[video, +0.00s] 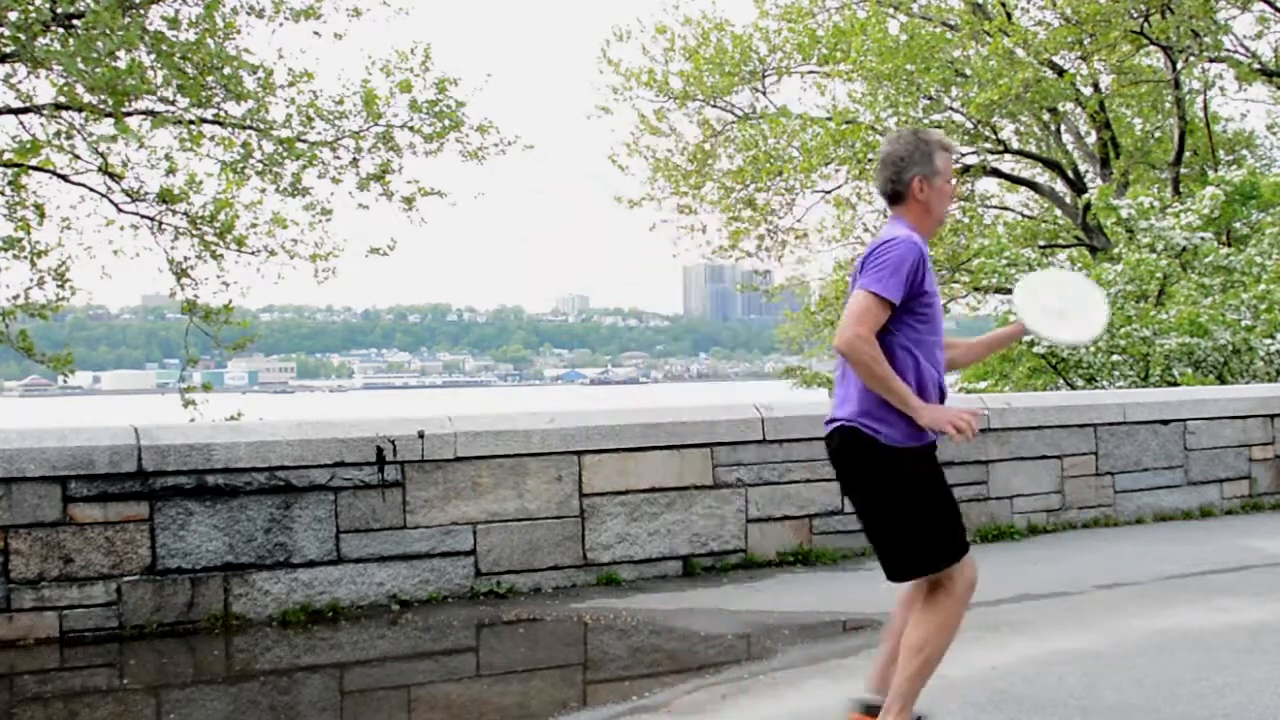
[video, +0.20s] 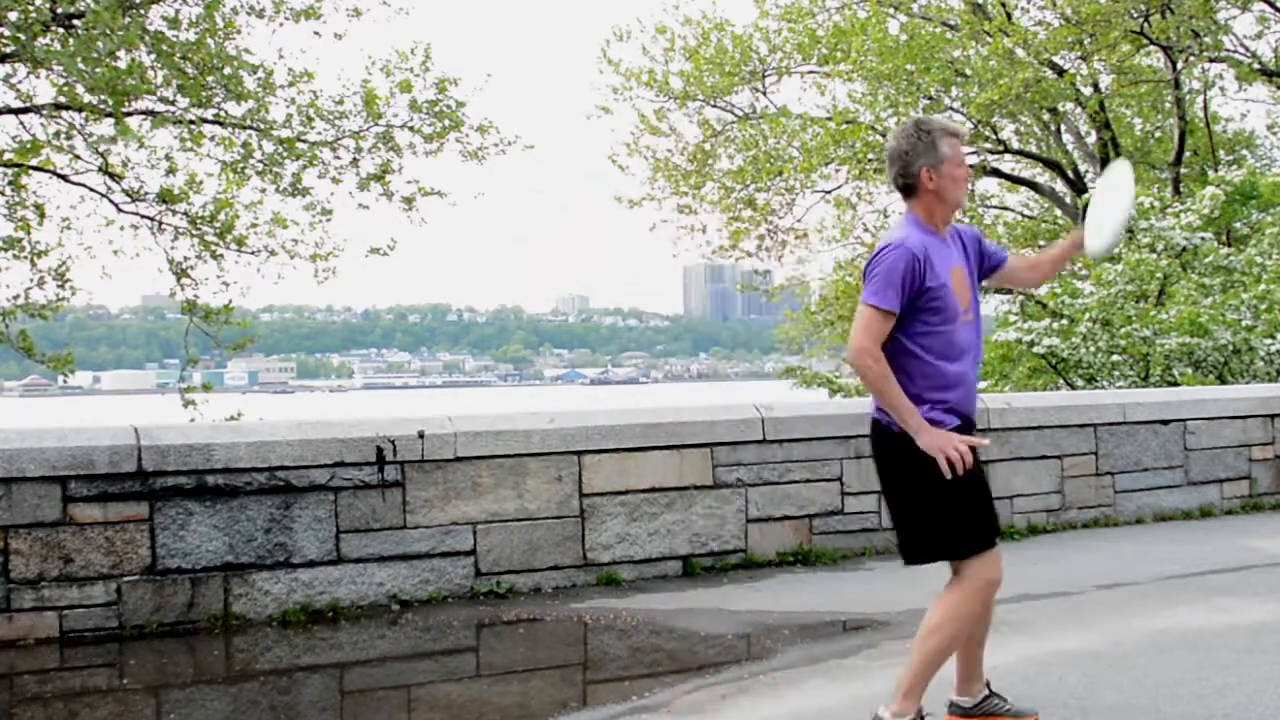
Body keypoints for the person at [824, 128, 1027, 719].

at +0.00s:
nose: (956, 189)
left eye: (955, 177)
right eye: (949, 177)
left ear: (913, 187)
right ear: (919, 185)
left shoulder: (906, 251)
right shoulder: (901, 249)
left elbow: (936, 357)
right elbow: (852, 339)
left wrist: (1016, 330)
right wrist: (923, 409)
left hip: (877, 437)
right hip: (881, 438)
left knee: (928, 576)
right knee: (956, 578)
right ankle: (895, 712)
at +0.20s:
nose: (970, 173)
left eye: (967, 162)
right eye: (961, 163)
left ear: (934, 177)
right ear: (928, 177)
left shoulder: (964, 239)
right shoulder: (899, 253)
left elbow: (1027, 271)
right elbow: (863, 350)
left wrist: (1085, 234)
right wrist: (921, 429)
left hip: (952, 429)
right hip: (915, 435)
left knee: (977, 569)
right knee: (981, 570)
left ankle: (970, 695)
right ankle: (900, 707)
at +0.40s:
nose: (961, 150)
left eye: (954, 141)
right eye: (948, 144)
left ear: (932, 164)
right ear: (924, 165)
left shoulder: (973, 208)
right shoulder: (912, 243)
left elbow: (1031, 176)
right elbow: (882, 345)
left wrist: (1072, 105)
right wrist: (937, 424)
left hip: (982, 415)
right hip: (942, 423)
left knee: (995, 559)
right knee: (969, 565)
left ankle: (969, 694)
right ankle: (913, 706)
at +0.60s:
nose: (961, 151)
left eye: (954, 144)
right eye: (950, 146)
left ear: (936, 174)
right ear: (933, 171)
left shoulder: (979, 218)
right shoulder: (932, 240)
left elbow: (1021, 183)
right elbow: (915, 343)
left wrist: (1037, 107)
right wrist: (986, 410)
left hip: (1001, 422)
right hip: (956, 428)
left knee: (1058, 549)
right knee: (965, 576)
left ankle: (1013, 679)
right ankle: (913, 709)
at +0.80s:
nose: (984, 160)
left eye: (974, 154)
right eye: (974, 157)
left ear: (962, 182)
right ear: (960, 181)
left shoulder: (1005, 216)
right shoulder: (968, 246)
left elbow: (1033, 174)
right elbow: (981, 341)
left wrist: (1035, 103)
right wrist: (1078, 362)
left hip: (1039, 419)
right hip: (999, 428)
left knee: (1092, 550)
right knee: (990, 576)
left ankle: (1071, 686)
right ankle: (921, 708)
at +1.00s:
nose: (1004, 166)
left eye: (996, 160)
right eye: (993, 164)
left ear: (984, 191)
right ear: (977, 193)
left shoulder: (1027, 217)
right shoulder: (999, 250)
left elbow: (1045, 161)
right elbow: (1059, 300)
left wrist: (1045, 94)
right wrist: (1116, 233)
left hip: (1097, 402)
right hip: (1068, 412)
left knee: (1109, 554)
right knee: (1102, 556)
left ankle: (1075, 686)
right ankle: (1008, 685)